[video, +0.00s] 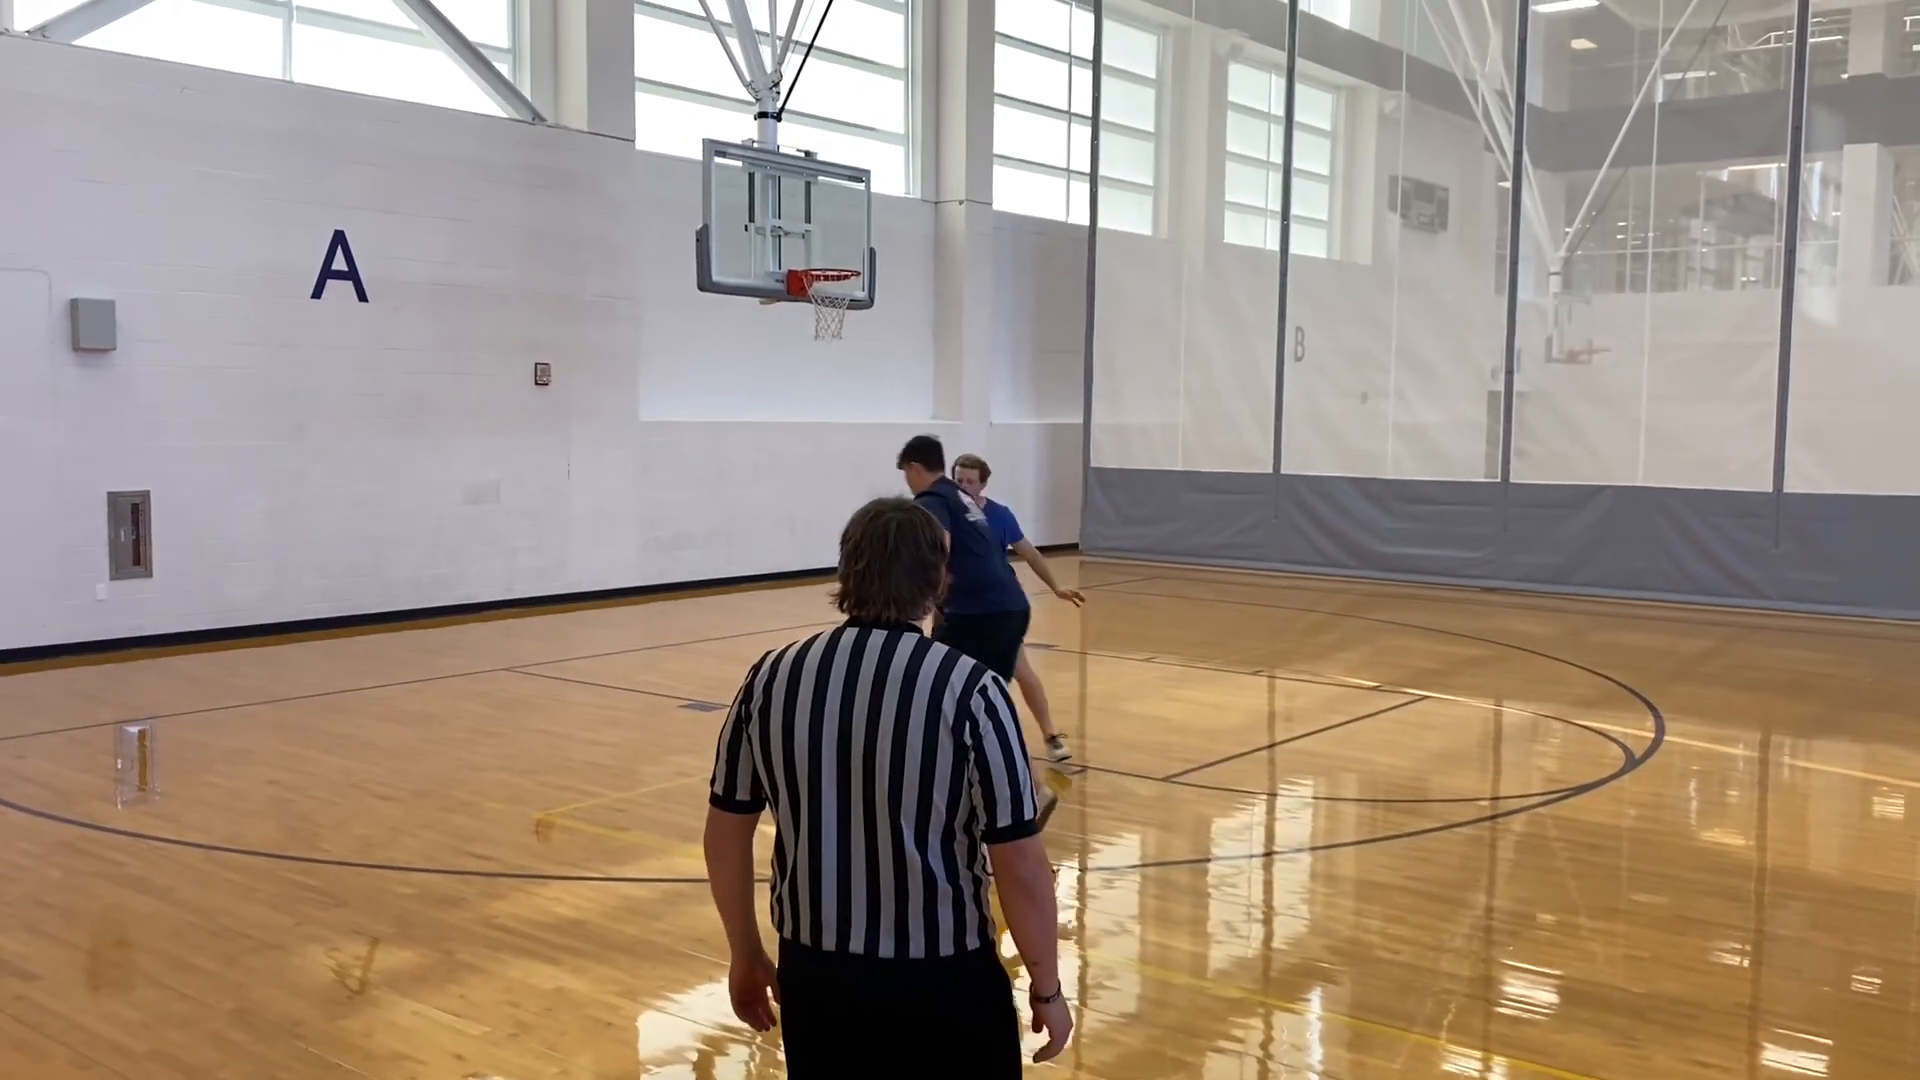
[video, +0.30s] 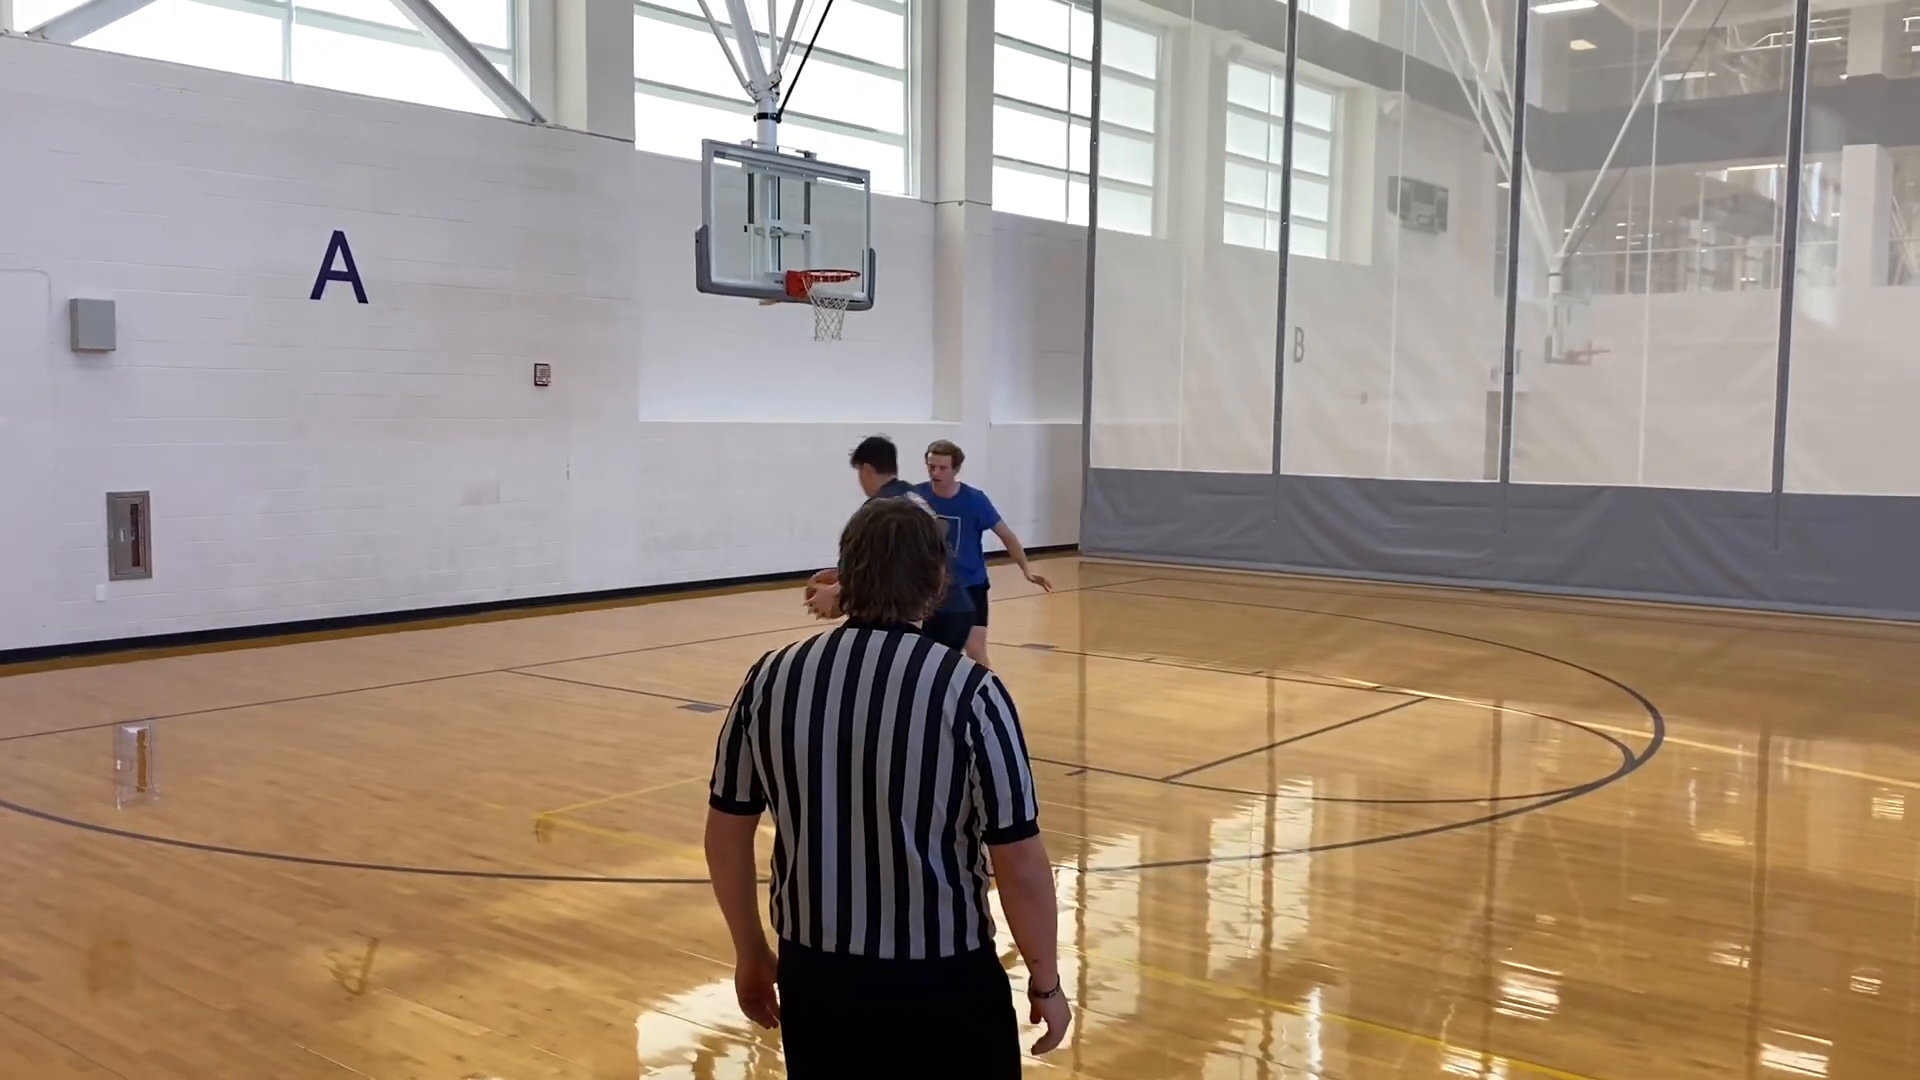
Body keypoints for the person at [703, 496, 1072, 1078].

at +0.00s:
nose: (950, 582)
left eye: (945, 566)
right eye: (947, 568)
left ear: (849, 572)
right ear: (937, 578)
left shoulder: (772, 676)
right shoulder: (973, 689)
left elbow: (725, 831)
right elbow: (1020, 862)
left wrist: (744, 950)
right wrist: (1047, 988)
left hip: (816, 984)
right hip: (948, 988)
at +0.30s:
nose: (949, 583)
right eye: (946, 570)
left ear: (847, 573)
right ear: (937, 581)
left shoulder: (772, 677)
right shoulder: (972, 691)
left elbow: (726, 832)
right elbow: (1019, 860)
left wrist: (749, 949)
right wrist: (1045, 978)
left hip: (816, 984)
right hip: (948, 988)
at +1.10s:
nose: (940, 575)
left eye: (936, 561)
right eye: (937, 562)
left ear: (842, 564)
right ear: (929, 572)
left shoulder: (768, 669)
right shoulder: (967, 683)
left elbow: (723, 827)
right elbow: (1017, 854)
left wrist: (757, 939)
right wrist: (1038, 961)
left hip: (812, 975)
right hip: (945, 978)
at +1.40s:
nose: (939, 573)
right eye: (935, 561)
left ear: (842, 563)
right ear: (929, 571)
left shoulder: (768, 668)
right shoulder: (968, 681)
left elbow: (724, 828)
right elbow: (1018, 852)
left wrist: (758, 940)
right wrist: (1038, 955)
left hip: (813, 972)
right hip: (946, 976)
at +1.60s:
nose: (939, 573)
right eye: (935, 561)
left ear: (841, 564)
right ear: (929, 572)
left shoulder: (768, 671)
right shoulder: (969, 682)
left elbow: (724, 826)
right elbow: (1019, 851)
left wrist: (757, 940)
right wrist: (1037, 953)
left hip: (815, 974)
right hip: (948, 977)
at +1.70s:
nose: (938, 573)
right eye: (934, 560)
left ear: (841, 566)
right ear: (929, 572)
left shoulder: (768, 670)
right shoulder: (967, 681)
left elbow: (723, 826)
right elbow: (1017, 849)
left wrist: (755, 939)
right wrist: (1035, 950)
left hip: (814, 976)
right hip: (945, 978)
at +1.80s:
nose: (939, 571)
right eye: (935, 559)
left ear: (841, 565)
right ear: (929, 571)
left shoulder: (765, 671)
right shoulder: (968, 682)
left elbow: (721, 830)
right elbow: (1017, 852)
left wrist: (755, 941)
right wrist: (1032, 951)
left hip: (813, 976)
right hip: (946, 979)